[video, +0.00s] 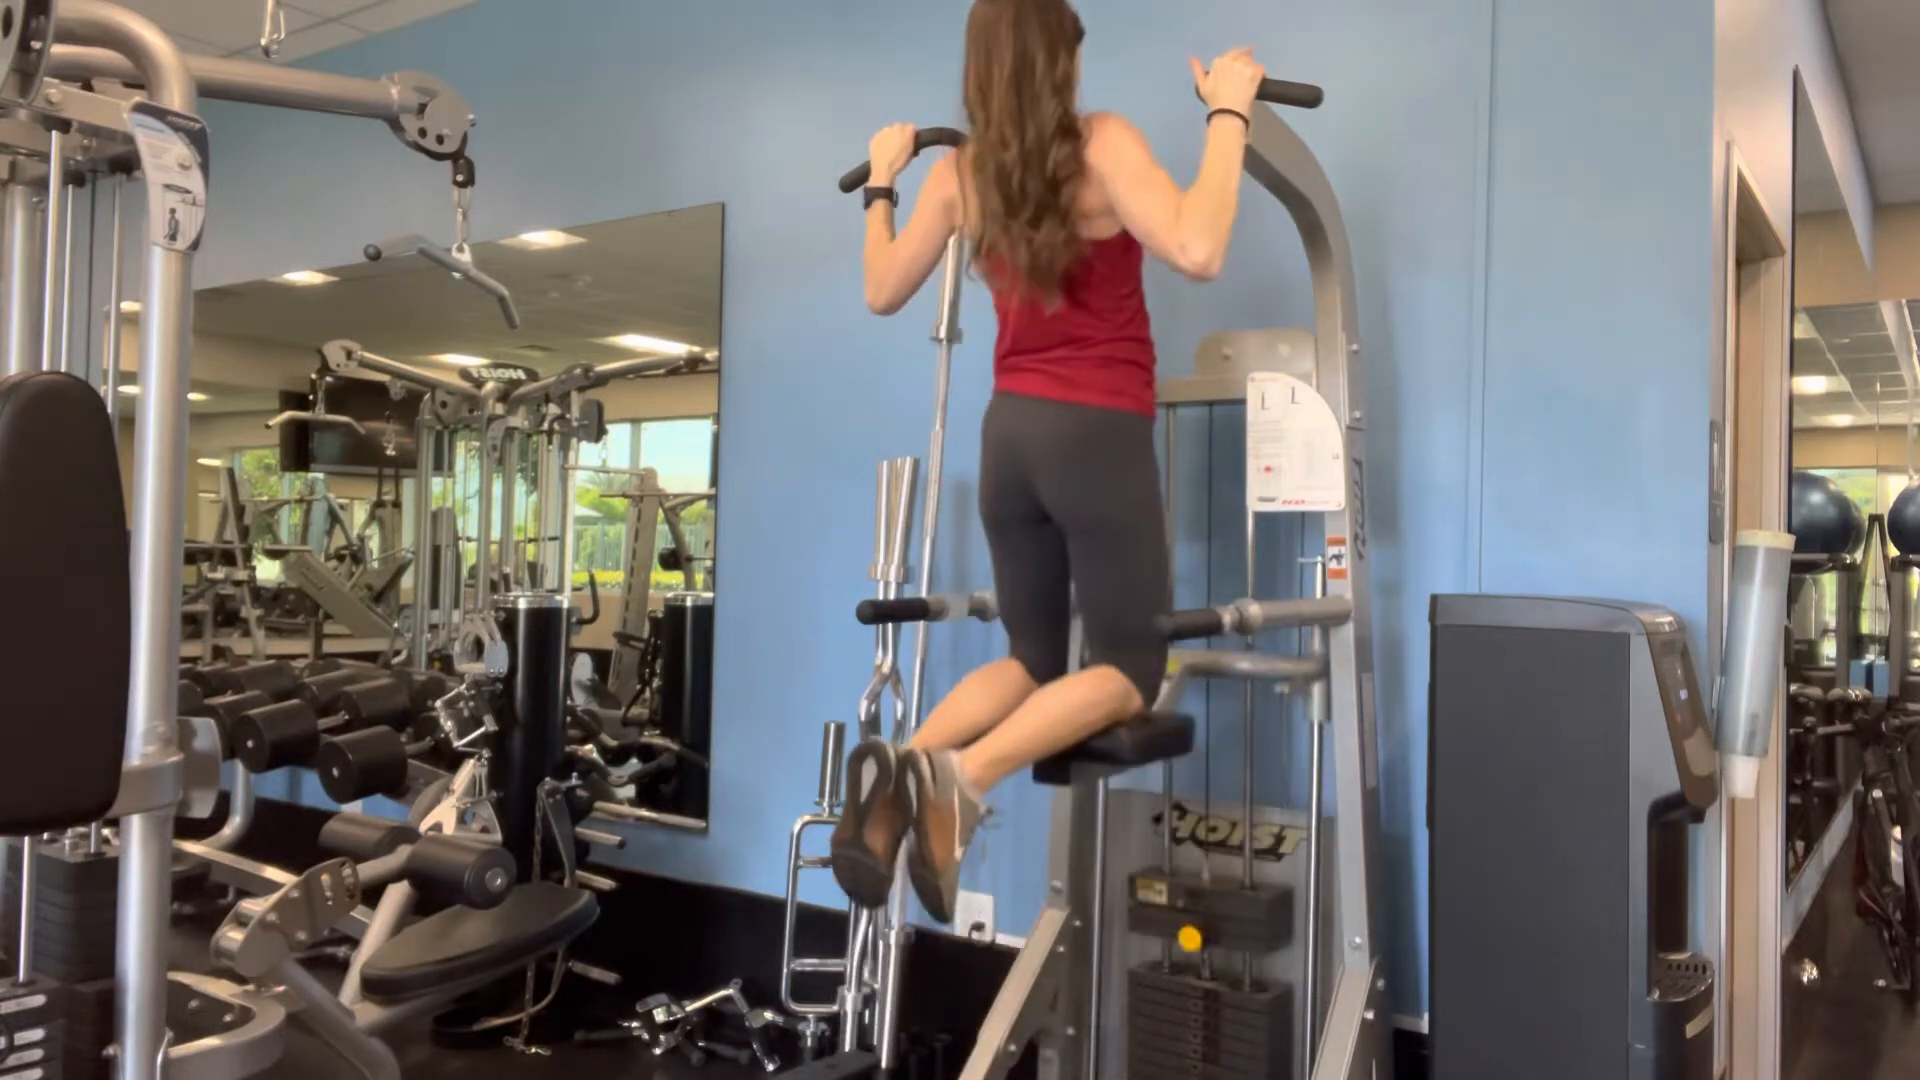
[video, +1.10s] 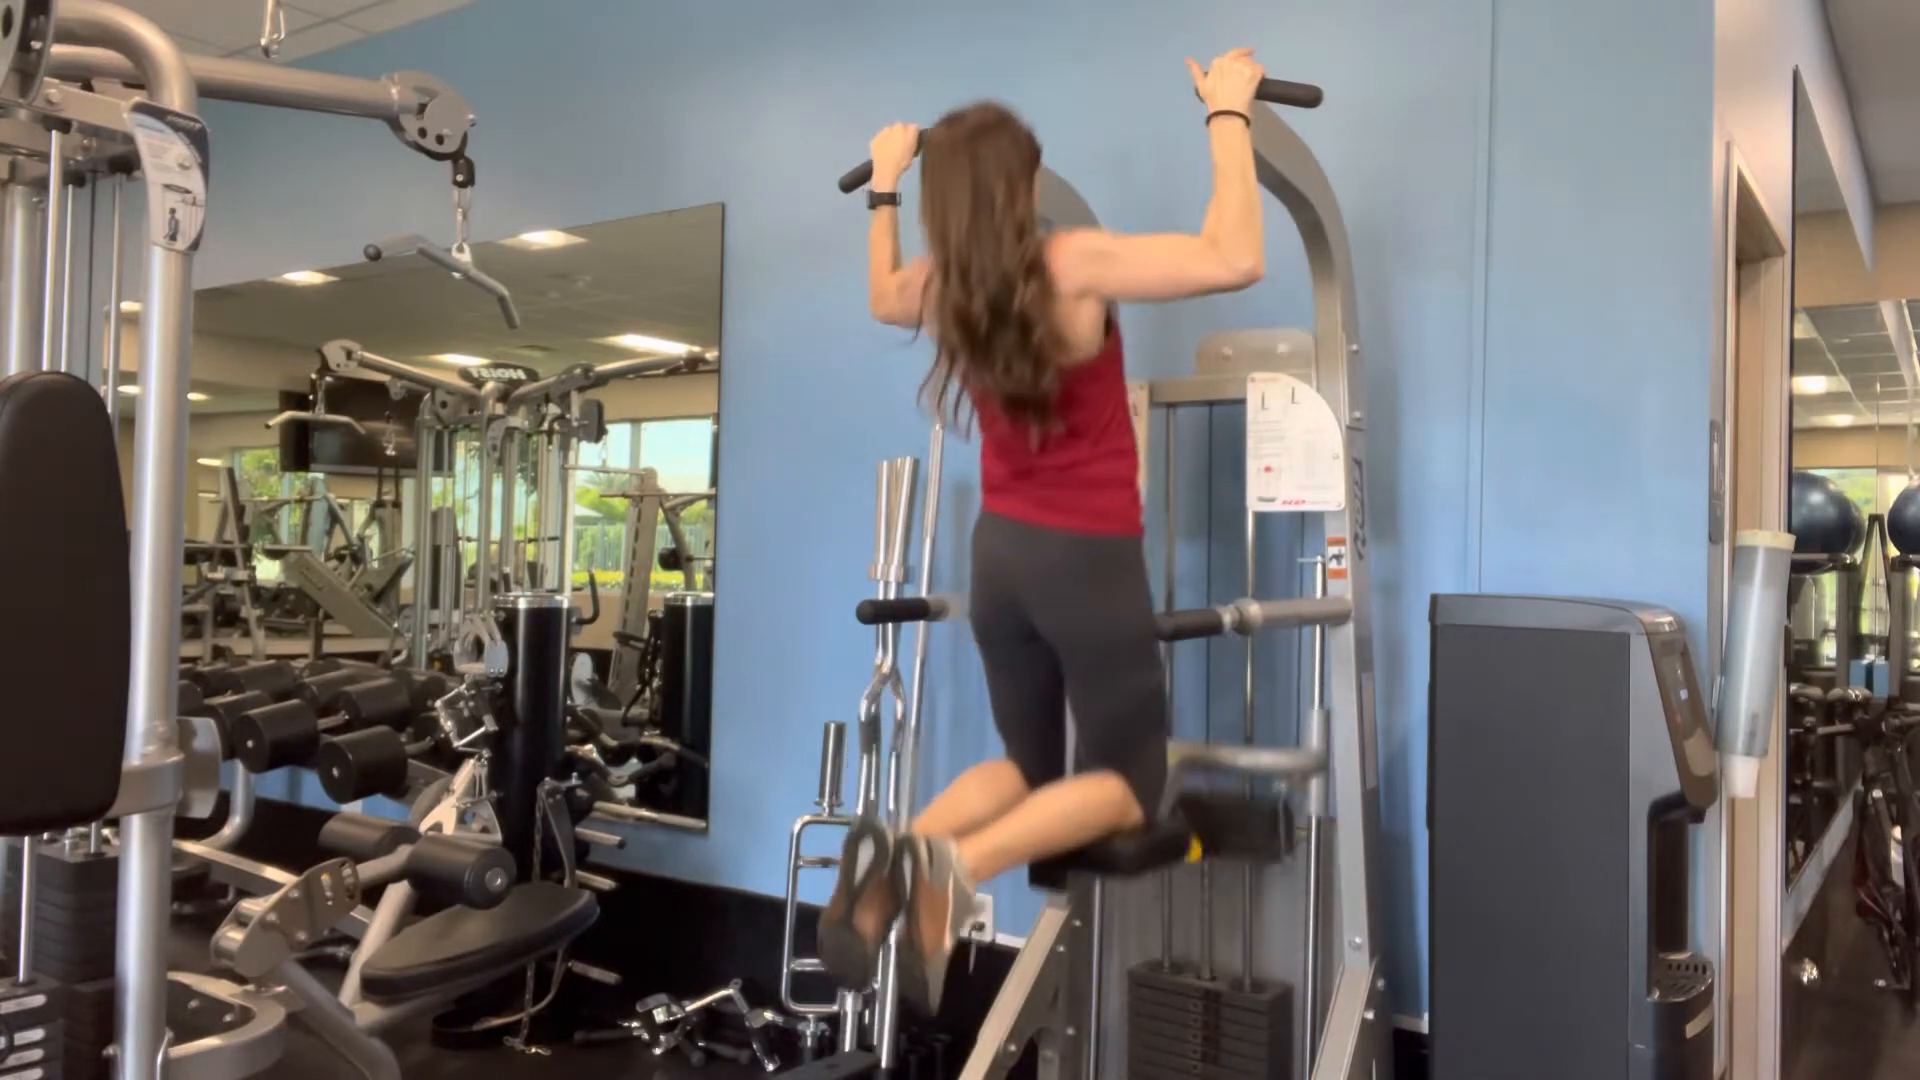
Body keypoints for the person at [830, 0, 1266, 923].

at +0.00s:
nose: (1076, 62)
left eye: (1064, 45)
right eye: (1072, 48)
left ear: (982, 65)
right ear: (1064, 59)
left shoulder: (960, 169)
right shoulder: (1103, 142)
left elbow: (884, 289)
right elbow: (1199, 250)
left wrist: (880, 178)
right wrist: (1229, 113)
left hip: (1009, 435)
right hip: (1097, 437)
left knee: (1033, 660)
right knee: (1130, 674)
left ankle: (904, 769)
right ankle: (963, 779)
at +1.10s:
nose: (1040, 169)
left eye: (1018, 160)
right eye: (1031, 160)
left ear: (950, 193)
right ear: (1026, 181)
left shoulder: (947, 283)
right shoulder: (1073, 260)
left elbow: (883, 295)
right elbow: (1233, 257)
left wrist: (885, 188)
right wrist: (1230, 116)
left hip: (999, 557)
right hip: (1086, 560)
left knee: (1028, 765)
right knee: (1128, 785)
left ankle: (901, 854)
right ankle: (958, 868)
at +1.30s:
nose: (1032, 287)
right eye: (1023, 275)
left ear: (945, 307)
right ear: (1025, 293)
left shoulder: (946, 383)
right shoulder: (1069, 366)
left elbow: (900, 293)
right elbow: (1205, 270)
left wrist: (884, 184)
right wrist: (1224, 117)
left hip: (992, 664)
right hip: (1081, 672)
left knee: (1020, 878)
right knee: (1121, 900)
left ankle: (890, 984)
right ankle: (950, 1002)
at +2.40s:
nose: (1056, 146)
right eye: (1051, 135)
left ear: (953, 153)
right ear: (1039, 144)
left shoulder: (956, 239)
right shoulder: (1075, 227)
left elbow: (883, 300)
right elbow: (1238, 256)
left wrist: (885, 187)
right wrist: (1231, 117)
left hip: (1001, 520)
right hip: (1090, 527)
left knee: (1026, 742)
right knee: (1132, 755)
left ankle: (903, 855)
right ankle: (966, 859)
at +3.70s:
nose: (1057, 120)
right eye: (1053, 106)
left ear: (955, 126)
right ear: (1044, 117)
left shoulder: (943, 222)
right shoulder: (1083, 200)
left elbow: (884, 297)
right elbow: (1228, 255)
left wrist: (880, 188)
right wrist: (1233, 114)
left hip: (1005, 490)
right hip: (1088, 493)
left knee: (1041, 697)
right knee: (1144, 713)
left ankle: (912, 782)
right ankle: (973, 789)